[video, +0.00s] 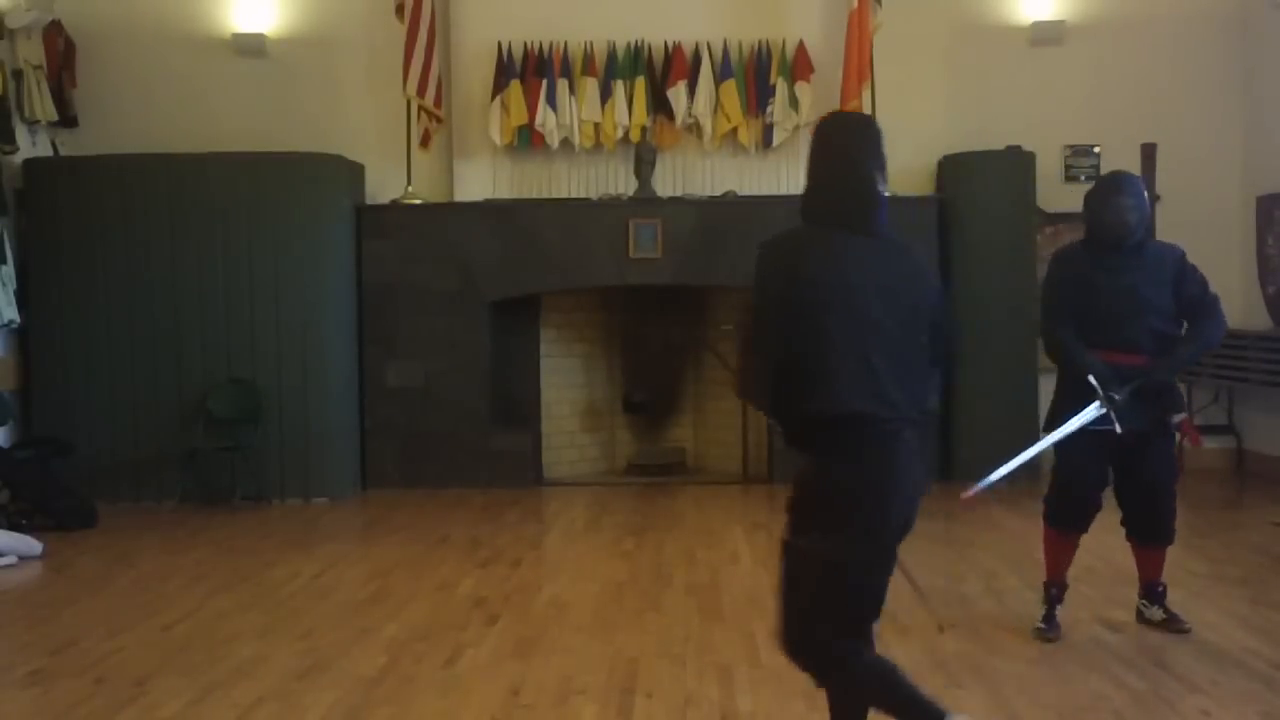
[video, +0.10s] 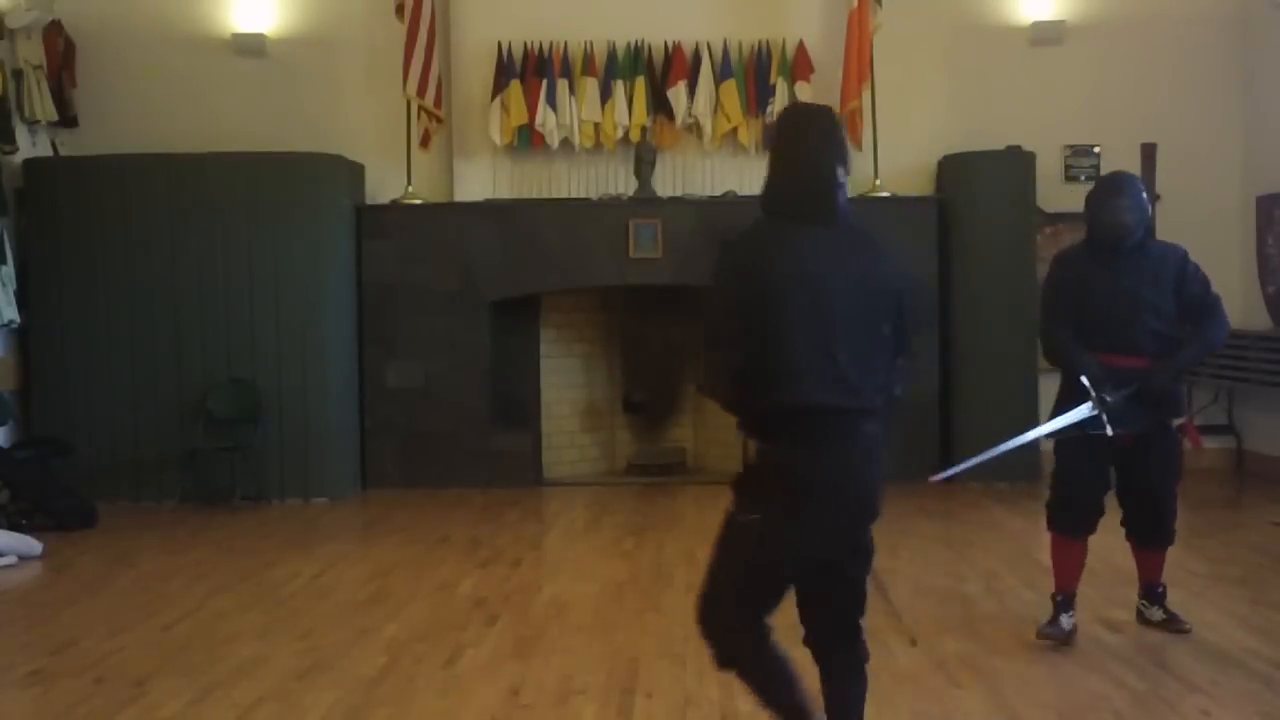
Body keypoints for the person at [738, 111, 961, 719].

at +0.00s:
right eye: (874, 164)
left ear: (815, 170)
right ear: (879, 173)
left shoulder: (787, 255)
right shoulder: (906, 258)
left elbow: (761, 379)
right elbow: (938, 351)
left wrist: (810, 428)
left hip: (836, 463)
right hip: (900, 459)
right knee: (851, 630)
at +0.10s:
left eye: (777, 156)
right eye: (838, 161)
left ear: (775, 164)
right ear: (840, 168)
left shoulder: (750, 252)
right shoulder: (873, 253)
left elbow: (722, 374)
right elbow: (897, 367)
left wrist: (773, 413)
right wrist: (853, 410)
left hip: (784, 465)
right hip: (857, 465)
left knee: (728, 616)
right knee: (837, 627)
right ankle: (846, 715)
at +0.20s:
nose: (806, 177)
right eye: (803, 167)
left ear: (734, 169)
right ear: (799, 171)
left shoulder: (705, 253)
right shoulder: (834, 254)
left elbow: (680, 380)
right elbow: (858, 377)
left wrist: (735, 425)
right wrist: (808, 417)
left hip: (739, 469)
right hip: (816, 469)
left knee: (673, 630)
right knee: (817, 627)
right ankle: (838, 711)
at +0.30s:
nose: (760, 187)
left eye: (756, 176)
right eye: (758, 176)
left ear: (689, 178)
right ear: (754, 180)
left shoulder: (652, 263)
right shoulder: (790, 262)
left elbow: (611, 383)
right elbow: (817, 387)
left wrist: (663, 443)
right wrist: (781, 438)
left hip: (685, 478)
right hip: (766, 480)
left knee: (633, 645)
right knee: (787, 632)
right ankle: (826, 709)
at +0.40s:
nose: (712, 193)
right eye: (711, 181)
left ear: (642, 179)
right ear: (710, 185)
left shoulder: (601, 267)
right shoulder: (738, 267)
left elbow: (556, 381)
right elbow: (773, 382)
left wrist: (587, 465)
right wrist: (752, 460)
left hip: (623, 487)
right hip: (711, 485)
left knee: (595, 648)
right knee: (762, 634)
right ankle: (805, 708)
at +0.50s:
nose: (670, 186)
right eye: (667, 175)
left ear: (594, 175)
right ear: (663, 180)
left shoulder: (547, 264)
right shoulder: (692, 265)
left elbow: (512, 372)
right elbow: (730, 373)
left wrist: (505, 468)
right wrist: (730, 458)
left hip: (581, 482)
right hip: (666, 482)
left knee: (576, 647)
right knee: (715, 642)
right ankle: (735, 707)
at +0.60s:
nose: (643, 176)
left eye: (637, 163)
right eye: (639, 164)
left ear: (554, 167)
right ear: (624, 173)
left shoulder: (512, 256)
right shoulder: (655, 259)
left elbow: (460, 368)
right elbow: (695, 373)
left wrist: (435, 466)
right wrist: (703, 454)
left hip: (548, 477)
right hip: (635, 480)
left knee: (566, 642)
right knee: (660, 642)